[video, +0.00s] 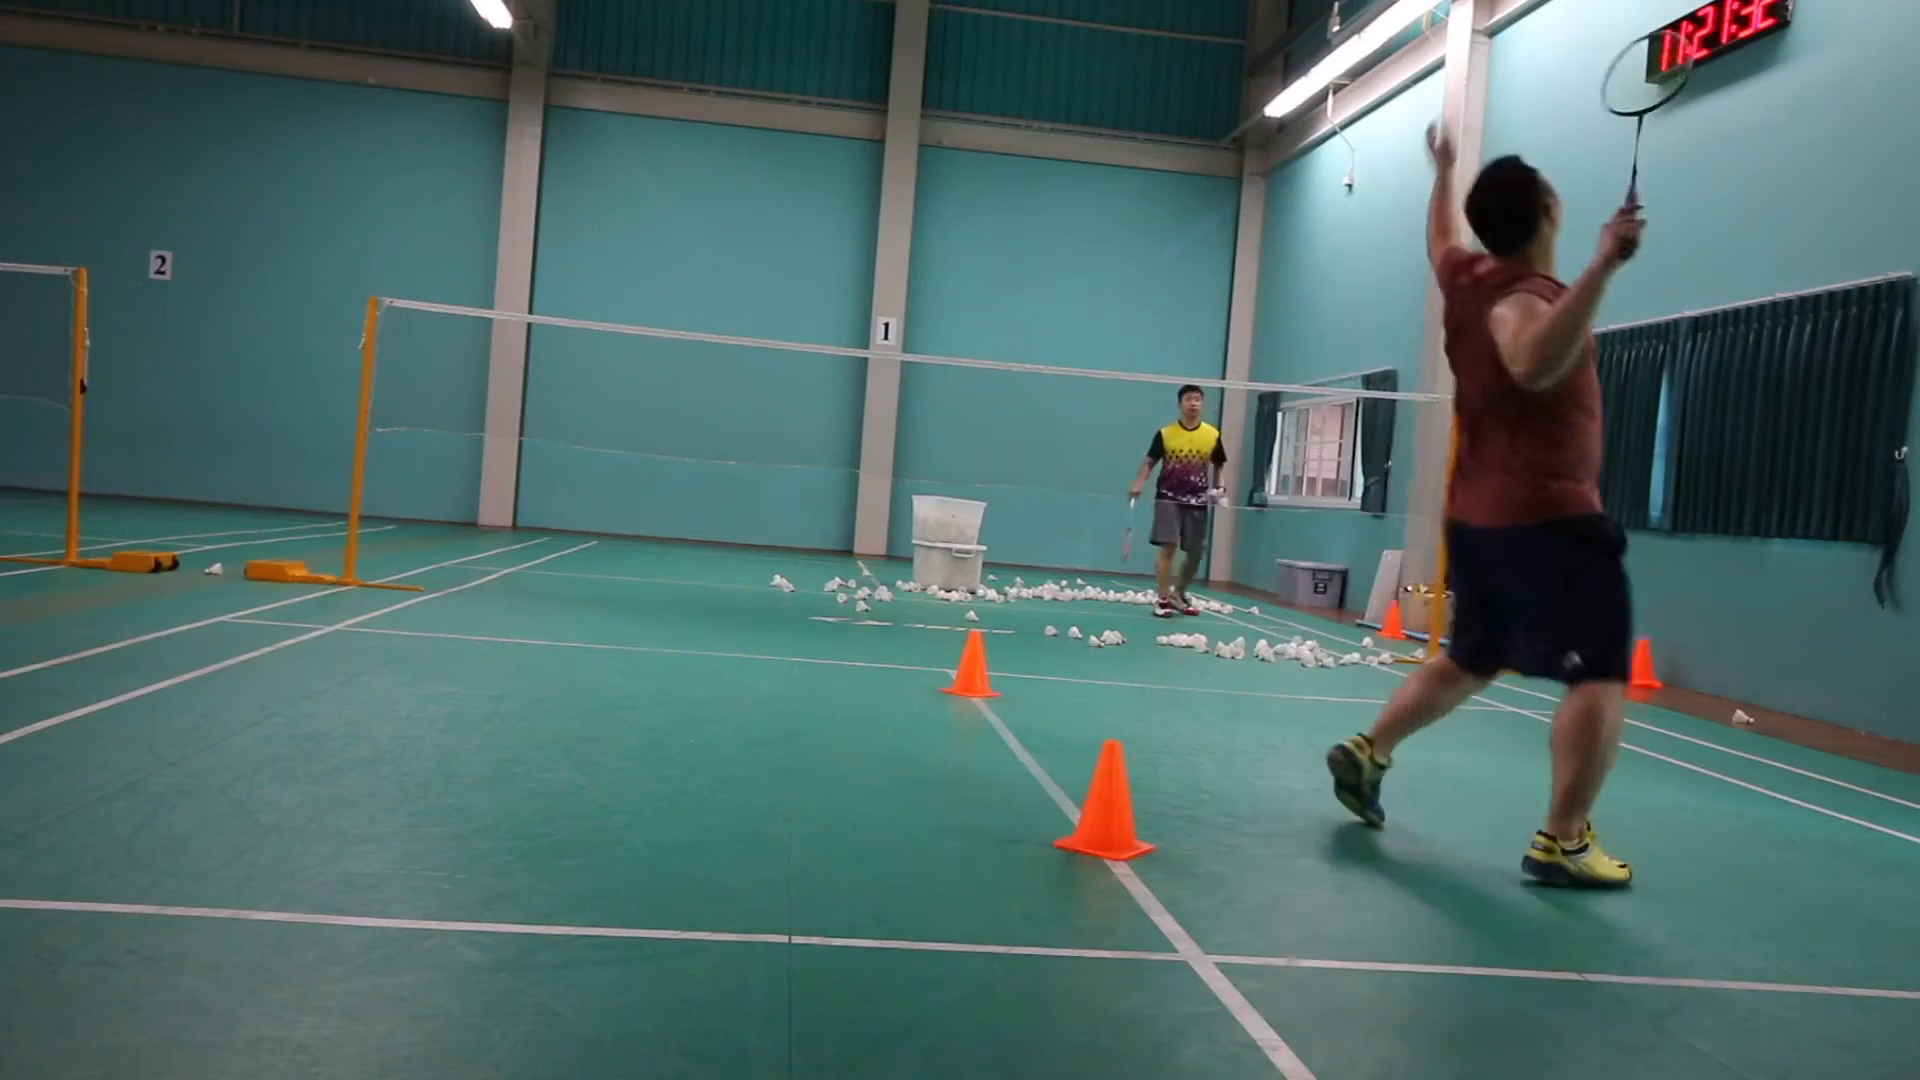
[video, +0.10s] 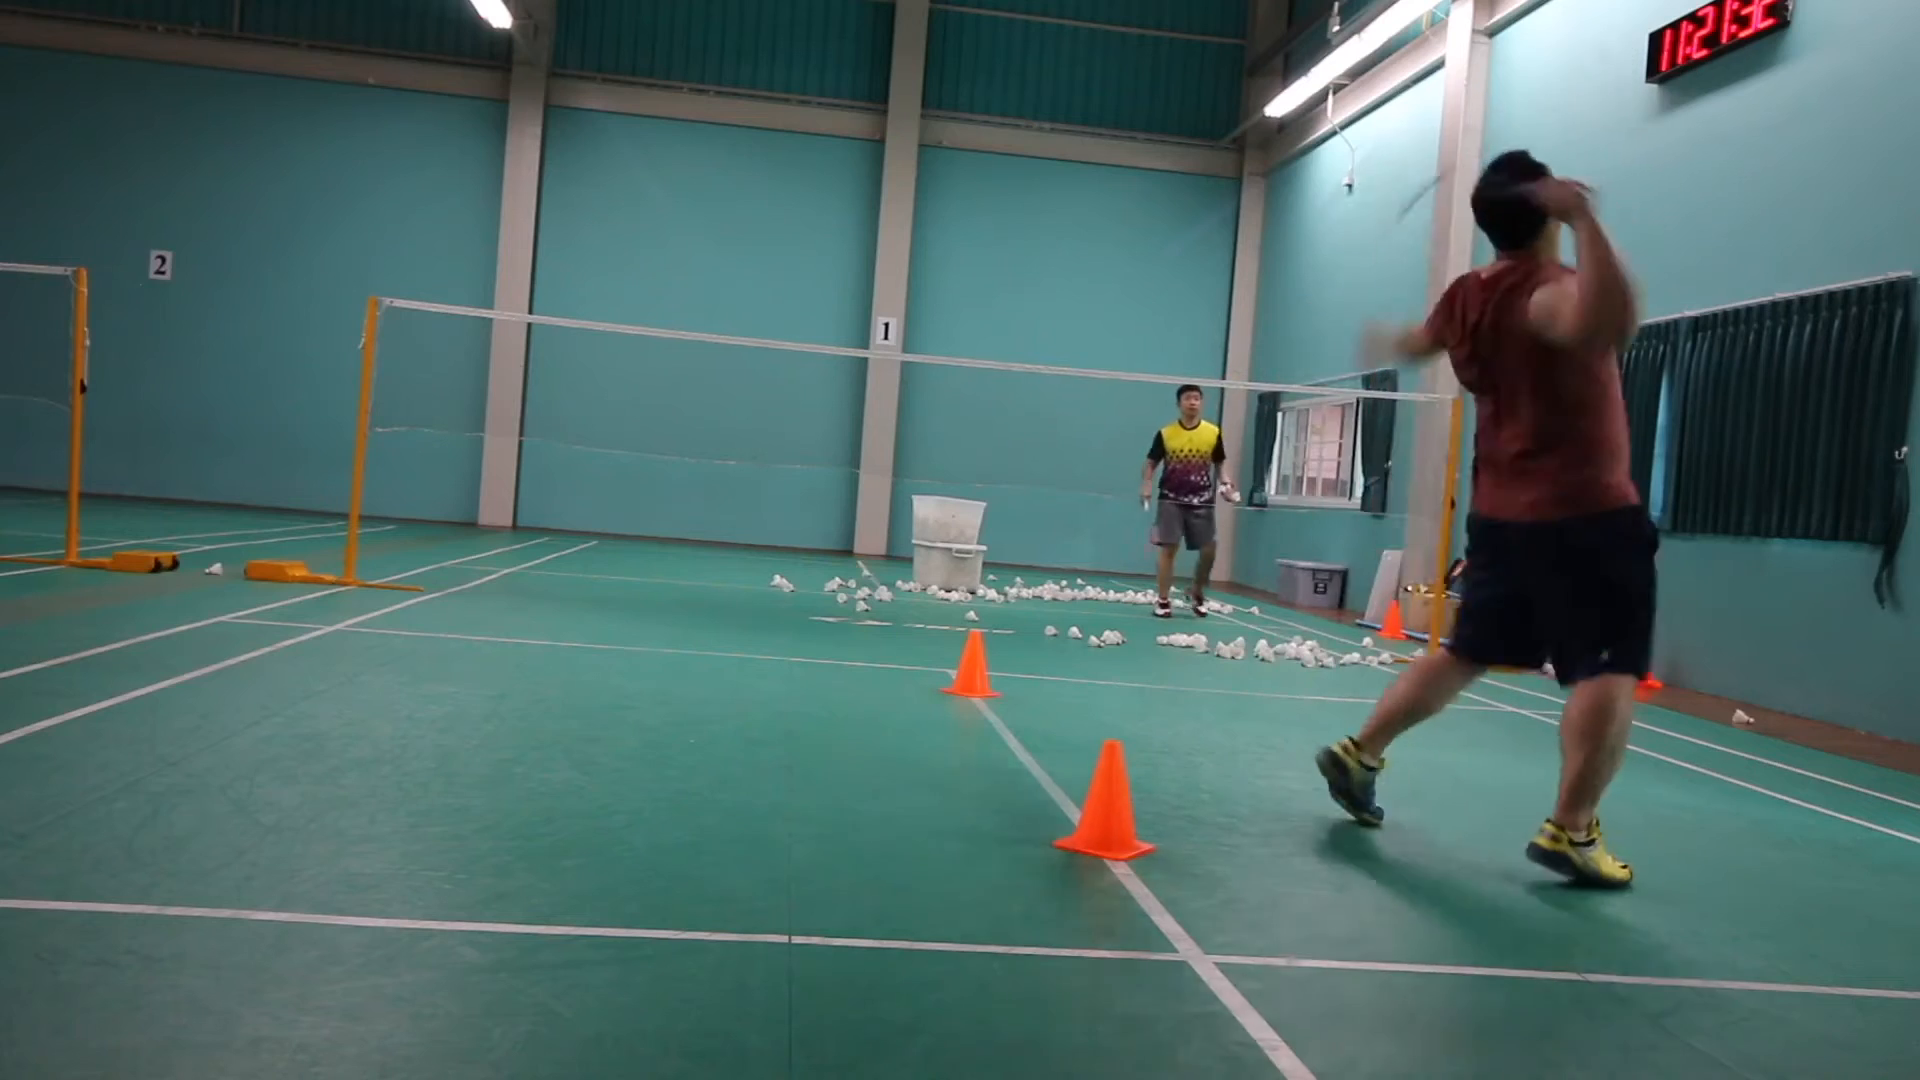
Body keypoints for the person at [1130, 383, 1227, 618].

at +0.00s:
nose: (1193, 404)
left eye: (1197, 399)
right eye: (1188, 399)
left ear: (1202, 404)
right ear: (1180, 404)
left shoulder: (1212, 435)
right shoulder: (1165, 434)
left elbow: (1219, 465)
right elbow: (1150, 462)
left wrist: (1219, 486)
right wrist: (1138, 484)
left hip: (1198, 501)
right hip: (1169, 498)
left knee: (1194, 554)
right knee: (1168, 547)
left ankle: (1179, 593)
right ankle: (1163, 597)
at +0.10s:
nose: (1192, 403)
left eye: (1196, 399)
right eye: (1188, 399)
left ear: (1202, 404)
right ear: (1179, 404)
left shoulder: (1213, 433)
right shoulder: (1166, 434)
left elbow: (1220, 462)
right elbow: (1151, 462)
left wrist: (1224, 480)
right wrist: (1147, 486)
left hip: (1202, 501)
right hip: (1171, 499)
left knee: (1208, 550)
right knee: (1168, 549)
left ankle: (1197, 592)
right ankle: (1163, 599)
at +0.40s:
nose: (1220, 406)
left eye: (1224, 402)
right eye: (1215, 402)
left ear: (1229, 406)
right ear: (1206, 406)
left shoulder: (1239, 437)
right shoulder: (1192, 438)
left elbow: (1244, 468)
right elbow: (1178, 469)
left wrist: (1250, 496)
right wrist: (1182, 499)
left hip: (1226, 508)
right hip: (1196, 507)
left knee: (1228, 555)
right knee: (1182, 554)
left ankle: (1229, 605)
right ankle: (1164, 599)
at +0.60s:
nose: (1236, 417)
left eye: (1240, 412)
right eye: (1232, 411)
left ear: (1245, 415)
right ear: (1222, 413)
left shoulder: (1249, 440)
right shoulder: (1206, 439)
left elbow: (1252, 468)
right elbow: (1188, 464)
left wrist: (1261, 490)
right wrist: (1200, 484)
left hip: (1229, 506)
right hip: (1200, 504)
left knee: (1232, 555)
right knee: (1187, 549)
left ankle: (1229, 605)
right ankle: (1169, 597)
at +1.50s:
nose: (1242, 412)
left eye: (1246, 408)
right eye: (1237, 407)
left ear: (1250, 412)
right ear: (1228, 411)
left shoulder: (1255, 439)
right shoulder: (1214, 442)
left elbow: (1257, 469)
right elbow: (1204, 480)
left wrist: (1272, 496)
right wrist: (1222, 507)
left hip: (1236, 504)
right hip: (1210, 503)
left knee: (1234, 556)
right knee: (1211, 552)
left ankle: (1227, 605)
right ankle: (1200, 605)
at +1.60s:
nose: (1249, 409)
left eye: (1252, 405)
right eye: (1243, 404)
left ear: (1255, 410)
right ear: (1232, 408)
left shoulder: (1252, 438)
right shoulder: (1221, 435)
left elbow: (1249, 467)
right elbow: (1215, 462)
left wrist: (1263, 493)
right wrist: (1241, 483)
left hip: (1233, 502)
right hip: (1209, 500)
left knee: (1232, 553)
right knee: (1211, 551)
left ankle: (1227, 604)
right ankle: (1201, 605)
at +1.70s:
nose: (1255, 409)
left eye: (1258, 404)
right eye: (1250, 403)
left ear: (1260, 409)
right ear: (1237, 406)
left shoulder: (1249, 436)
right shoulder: (1225, 427)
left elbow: (1237, 472)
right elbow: (1232, 424)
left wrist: (1251, 492)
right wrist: (1249, 414)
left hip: (1229, 501)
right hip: (1208, 499)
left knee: (1231, 552)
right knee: (1211, 551)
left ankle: (1225, 603)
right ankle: (1201, 606)